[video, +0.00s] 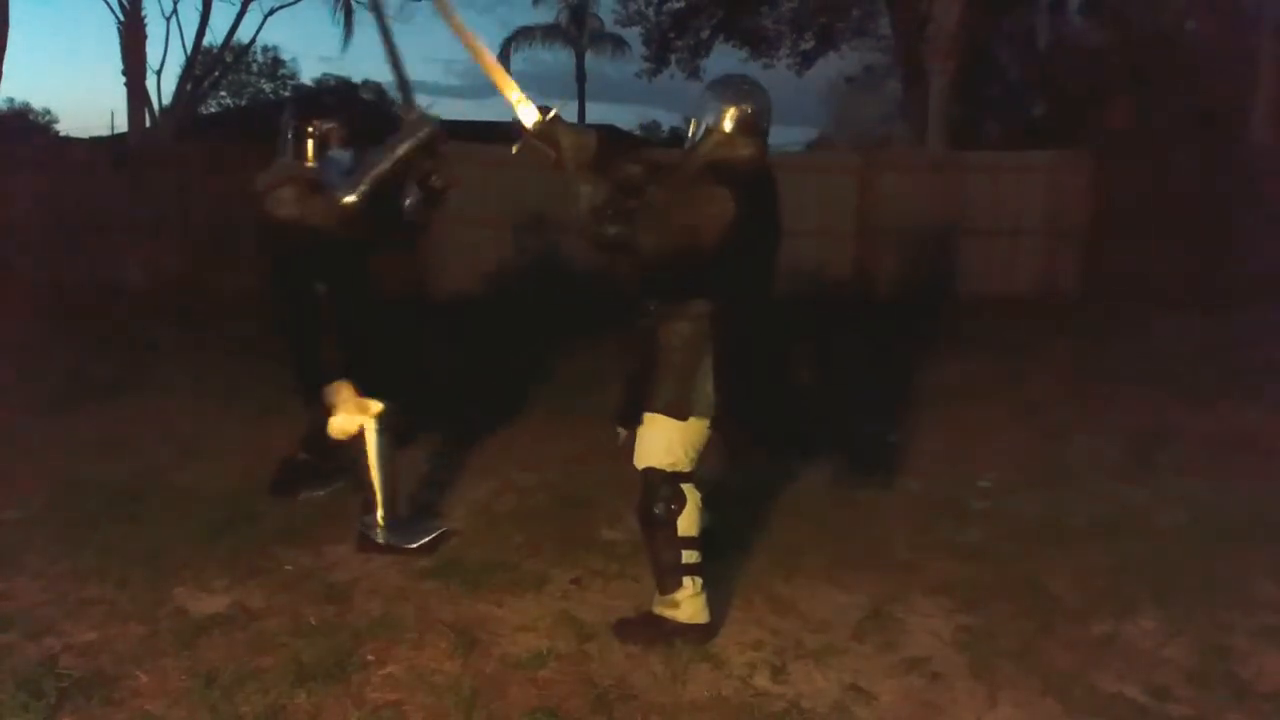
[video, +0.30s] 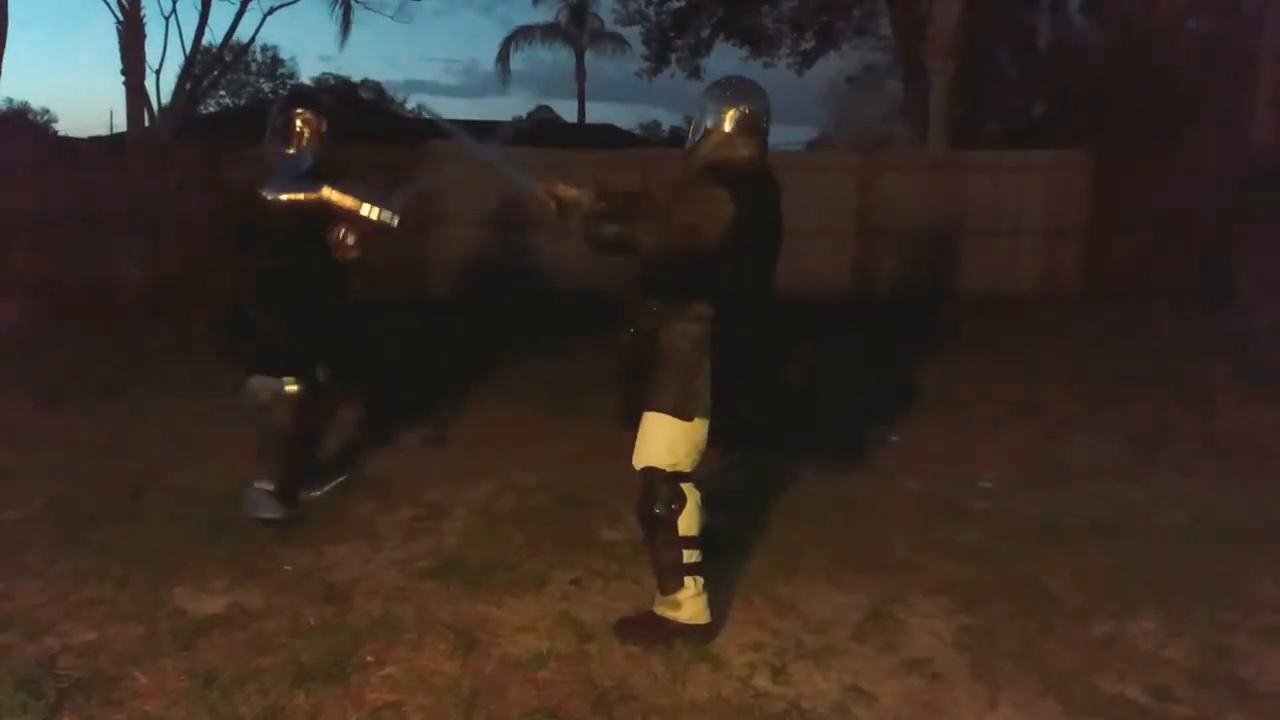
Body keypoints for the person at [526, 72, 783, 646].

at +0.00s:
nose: (694, 125)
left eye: (705, 116)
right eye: (698, 116)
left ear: (729, 119)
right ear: (741, 119)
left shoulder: (733, 182)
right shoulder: (708, 169)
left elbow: (664, 237)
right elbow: (636, 158)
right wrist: (559, 135)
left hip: (702, 336)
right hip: (682, 331)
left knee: (665, 466)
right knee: (659, 456)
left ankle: (683, 606)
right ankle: (678, 596)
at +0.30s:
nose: (693, 130)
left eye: (703, 120)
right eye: (698, 120)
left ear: (727, 123)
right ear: (747, 124)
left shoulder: (728, 189)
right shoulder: (738, 182)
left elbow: (672, 239)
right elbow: (662, 212)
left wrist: (598, 226)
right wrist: (595, 204)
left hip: (700, 344)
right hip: (703, 339)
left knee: (664, 469)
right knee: (672, 466)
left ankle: (683, 604)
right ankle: (682, 598)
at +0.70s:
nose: (704, 124)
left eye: (712, 114)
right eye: (710, 113)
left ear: (728, 118)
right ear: (769, 120)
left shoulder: (720, 180)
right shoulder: (771, 179)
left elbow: (669, 238)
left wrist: (614, 235)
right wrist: (634, 235)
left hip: (703, 338)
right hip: (746, 332)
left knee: (665, 474)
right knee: (716, 446)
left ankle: (684, 610)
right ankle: (721, 529)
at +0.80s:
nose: (708, 123)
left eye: (716, 112)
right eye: (715, 113)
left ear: (730, 117)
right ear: (772, 120)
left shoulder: (721, 183)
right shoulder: (775, 179)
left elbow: (678, 238)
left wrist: (620, 228)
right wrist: (643, 217)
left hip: (706, 339)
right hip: (749, 332)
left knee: (666, 474)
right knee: (714, 446)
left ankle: (684, 610)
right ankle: (731, 536)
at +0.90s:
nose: (709, 124)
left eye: (717, 113)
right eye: (715, 114)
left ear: (733, 118)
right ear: (771, 120)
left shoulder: (730, 180)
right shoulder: (774, 178)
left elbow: (687, 247)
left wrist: (629, 219)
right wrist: (646, 215)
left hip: (710, 337)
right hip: (742, 331)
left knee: (673, 474)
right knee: (709, 441)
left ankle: (684, 609)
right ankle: (730, 534)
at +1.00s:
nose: (712, 129)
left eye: (719, 119)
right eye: (718, 119)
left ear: (734, 123)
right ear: (773, 125)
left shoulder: (740, 183)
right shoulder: (775, 178)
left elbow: (686, 242)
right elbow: (693, 216)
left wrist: (620, 215)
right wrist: (631, 203)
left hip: (719, 333)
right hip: (749, 329)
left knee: (683, 467)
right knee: (716, 433)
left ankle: (687, 607)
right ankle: (728, 528)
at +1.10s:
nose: (717, 130)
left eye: (727, 120)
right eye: (725, 120)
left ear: (742, 127)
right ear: (773, 130)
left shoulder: (749, 189)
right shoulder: (766, 183)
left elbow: (689, 250)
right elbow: (692, 230)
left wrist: (621, 226)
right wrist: (627, 205)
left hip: (728, 346)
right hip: (737, 339)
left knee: (688, 475)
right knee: (707, 461)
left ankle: (687, 607)